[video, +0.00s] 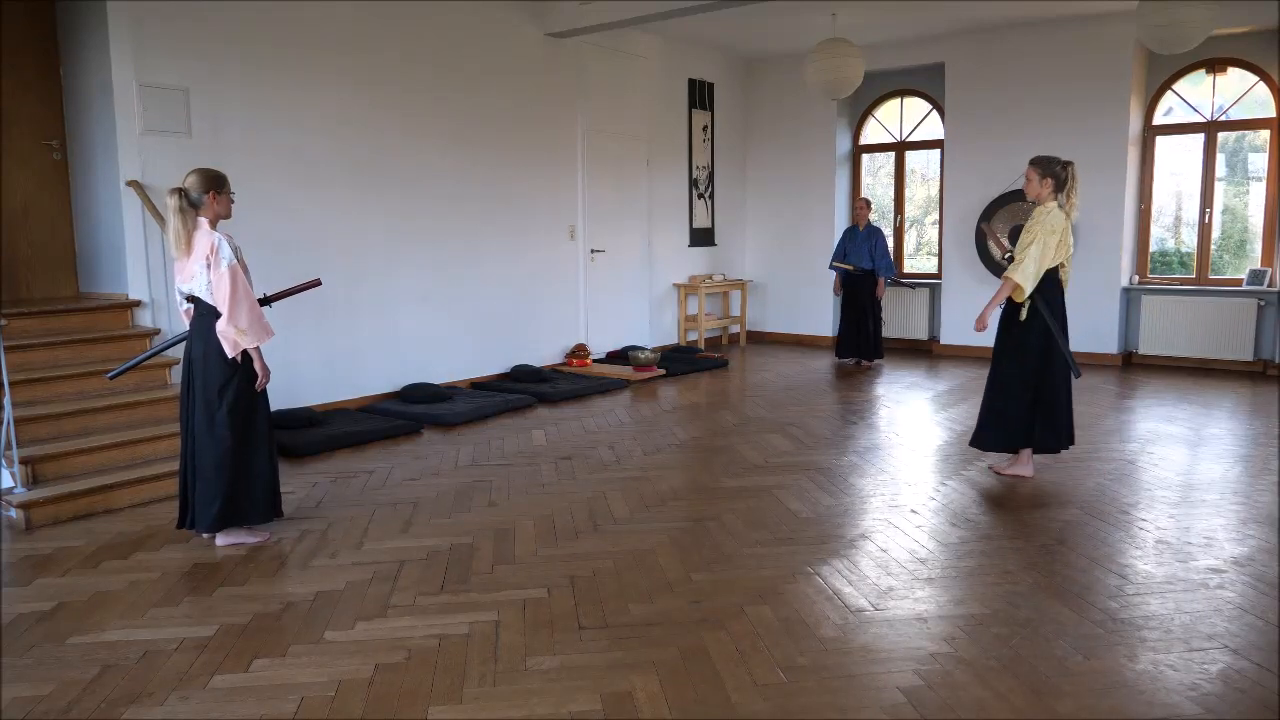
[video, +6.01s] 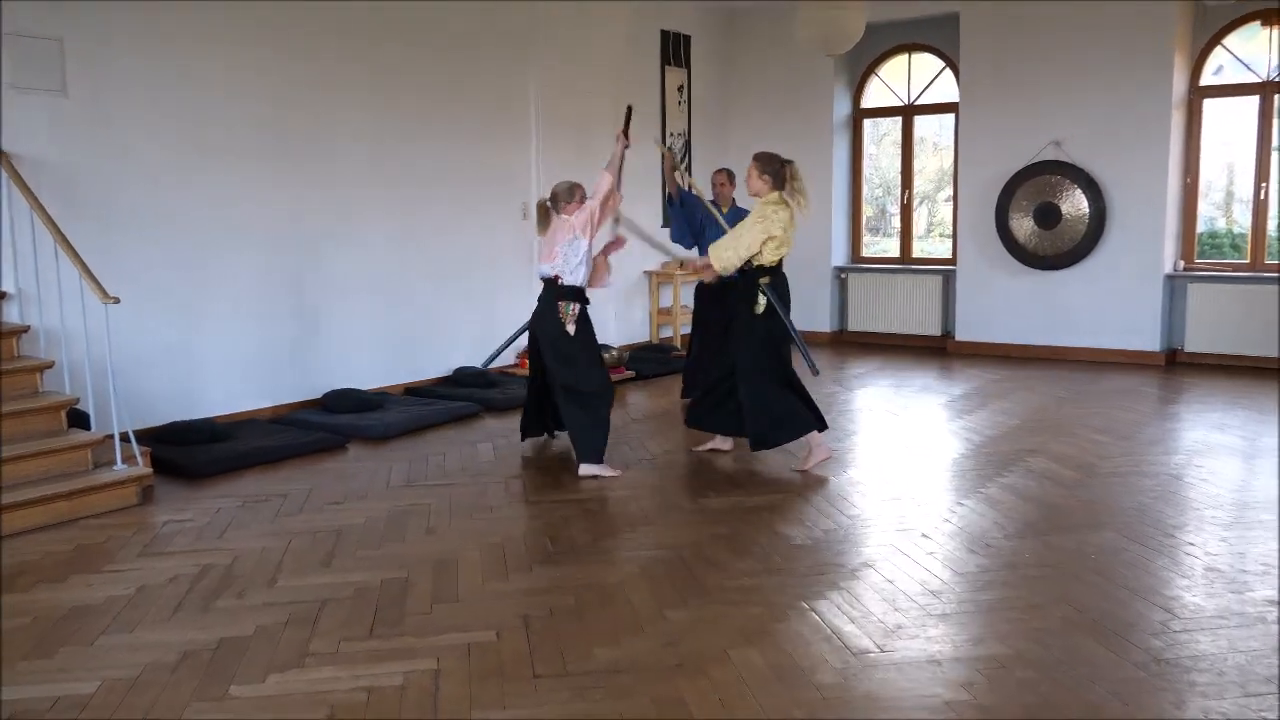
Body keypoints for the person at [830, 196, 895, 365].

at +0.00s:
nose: (858, 211)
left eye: (861, 208)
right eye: (856, 208)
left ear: (869, 211)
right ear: (853, 211)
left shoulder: (876, 232)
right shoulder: (848, 232)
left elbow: (882, 259)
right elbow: (840, 257)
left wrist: (881, 283)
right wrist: (838, 278)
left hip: (869, 277)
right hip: (850, 277)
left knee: (868, 317)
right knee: (851, 315)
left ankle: (868, 356)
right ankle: (855, 354)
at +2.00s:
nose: (859, 212)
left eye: (863, 209)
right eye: (857, 209)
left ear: (871, 211)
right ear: (854, 211)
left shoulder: (878, 233)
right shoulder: (851, 233)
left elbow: (886, 260)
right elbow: (842, 257)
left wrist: (885, 284)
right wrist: (840, 279)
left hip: (871, 279)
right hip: (853, 279)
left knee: (871, 318)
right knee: (853, 317)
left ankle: (871, 357)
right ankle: (855, 356)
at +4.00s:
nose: (810, 215)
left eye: (814, 212)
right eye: (808, 212)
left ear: (822, 213)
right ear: (806, 214)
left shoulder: (832, 236)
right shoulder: (802, 235)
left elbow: (840, 263)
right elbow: (793, 261)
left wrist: (841, 289)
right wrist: (791, 284)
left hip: (825, 283)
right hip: (805, 283)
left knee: (824, 324)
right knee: (805, 323)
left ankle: (823, 363)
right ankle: (805, 362)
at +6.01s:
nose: (717, 189)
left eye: (721, 184)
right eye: (714, 185)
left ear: (733, 187)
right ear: (711, 188)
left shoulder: (746, 216)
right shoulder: (703, 212)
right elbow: (676, 192)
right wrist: (668, 167)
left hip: (741, 285)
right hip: (712, 284)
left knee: (736, 343)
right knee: (706, 341)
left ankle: (734, 399)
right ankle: (701, 395)